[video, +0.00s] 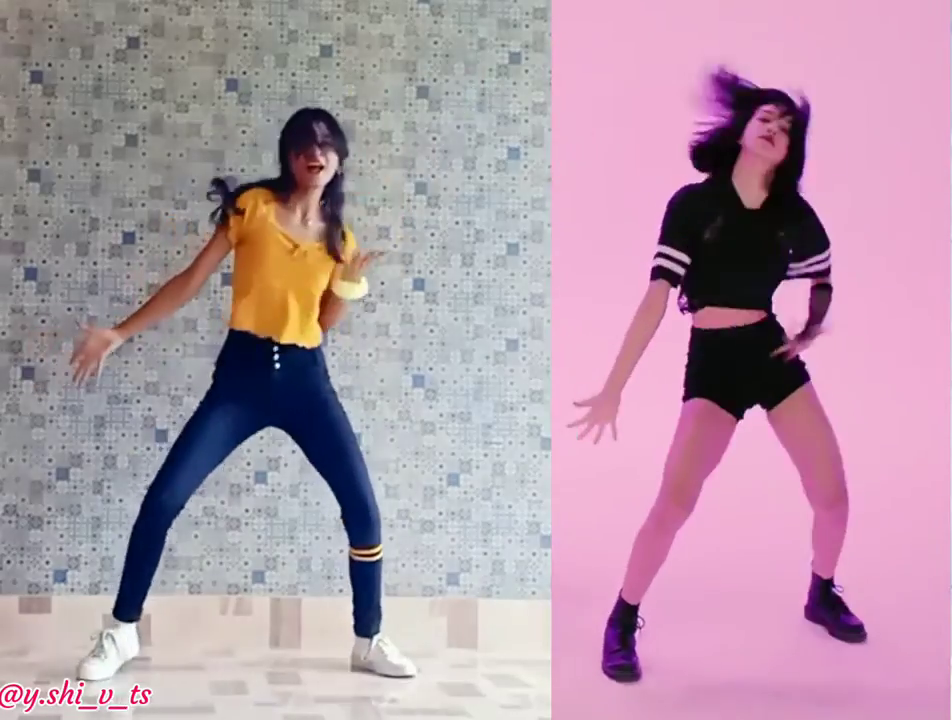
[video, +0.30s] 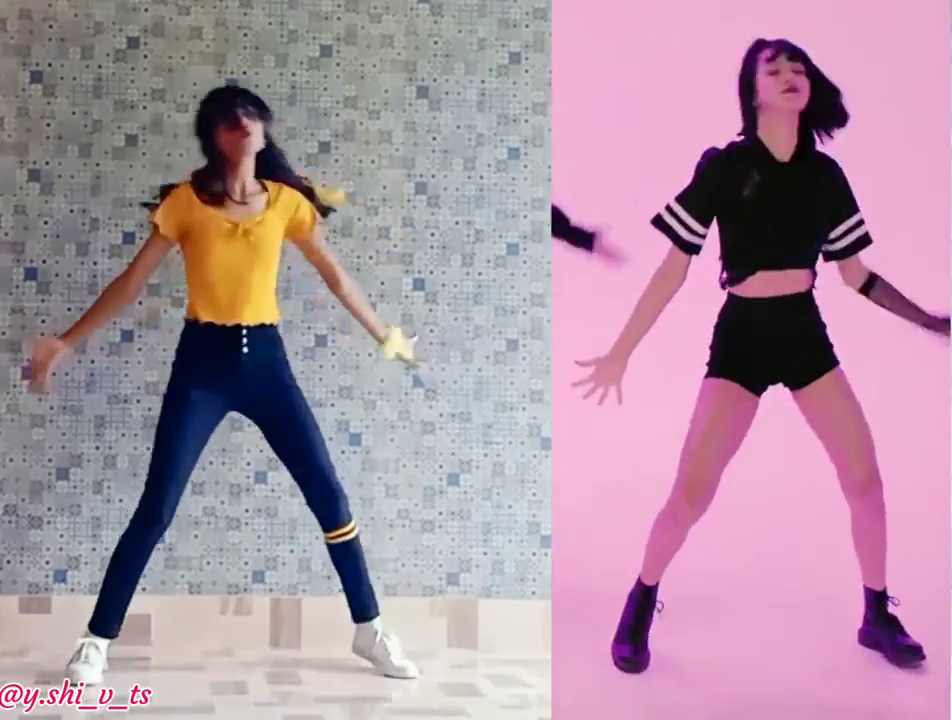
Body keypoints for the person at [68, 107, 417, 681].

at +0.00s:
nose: (315, 155)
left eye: (326, 147)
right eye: (305, 146)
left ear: (340, 159)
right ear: (287, 153)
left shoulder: (339, 236)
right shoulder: (251, 206)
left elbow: (326, 321)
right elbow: (189, 282)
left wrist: (347, 281)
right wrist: (117, 333)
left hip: (306, 382)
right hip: (240, 378)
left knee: (364, 509)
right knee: (162, 499)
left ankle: (369, 640)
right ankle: (122, 631)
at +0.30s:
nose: (241, 121)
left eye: (249, 112)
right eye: (227, 116)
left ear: (265, 128)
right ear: (210, 136)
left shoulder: (288, 202)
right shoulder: (186, 202)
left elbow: (333, 275)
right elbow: (131, 281)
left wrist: (383, 334)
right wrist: (66, 340)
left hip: (267, 364)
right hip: (202, 365)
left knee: (329, 494)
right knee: (157, 509)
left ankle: (369, 628)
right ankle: (95, 644)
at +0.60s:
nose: (195, 112)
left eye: (202, 102)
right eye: (180, 108)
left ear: (217, 116)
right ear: (164, 130)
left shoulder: (247, 189)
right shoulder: (151, 188)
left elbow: (293, 274)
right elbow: (91, 269)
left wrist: (340, 334)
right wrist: (17, 323)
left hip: (214, 353)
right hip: (154, 351)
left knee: (289, 467)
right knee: (126, 499)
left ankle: (335, 606)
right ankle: (91, 639)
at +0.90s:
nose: (218, 161)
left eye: (225, 153)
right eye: (205, 154)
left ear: (240, 165)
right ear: (186, 168)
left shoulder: (247, 242)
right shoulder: (163, 219)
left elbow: (298, 322)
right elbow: (106, 291)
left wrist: (348, 386)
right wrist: (36, 353)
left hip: (249, 379)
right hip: (190, 386)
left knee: (318, 505)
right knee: (148, 528)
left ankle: (297, 642)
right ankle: (89, 651)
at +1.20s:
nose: (241, 142)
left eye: (249, 131)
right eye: (227, 134)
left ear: (261, 139)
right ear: (206, 144)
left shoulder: (271, 216)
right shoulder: (188, 190)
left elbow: (303, 303)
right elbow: (132, 270)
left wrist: (341, 375)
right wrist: (65, 331)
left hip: (234, 376)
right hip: (179, 363)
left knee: (314, 491)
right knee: (135, 510)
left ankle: (296, 636)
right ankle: (67, 639)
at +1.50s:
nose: (291, 141)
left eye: (300, 131)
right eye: (277, 132)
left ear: (312, 143)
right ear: (259, 143)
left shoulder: (324, 216)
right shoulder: (241, 198)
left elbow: (314, 309)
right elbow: (208, 290)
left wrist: (365, 287)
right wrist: (179, 373)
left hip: (312, 361)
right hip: (261, 363)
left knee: (350, 506)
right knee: (325, 503)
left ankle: (294, 643)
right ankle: (207, 580)